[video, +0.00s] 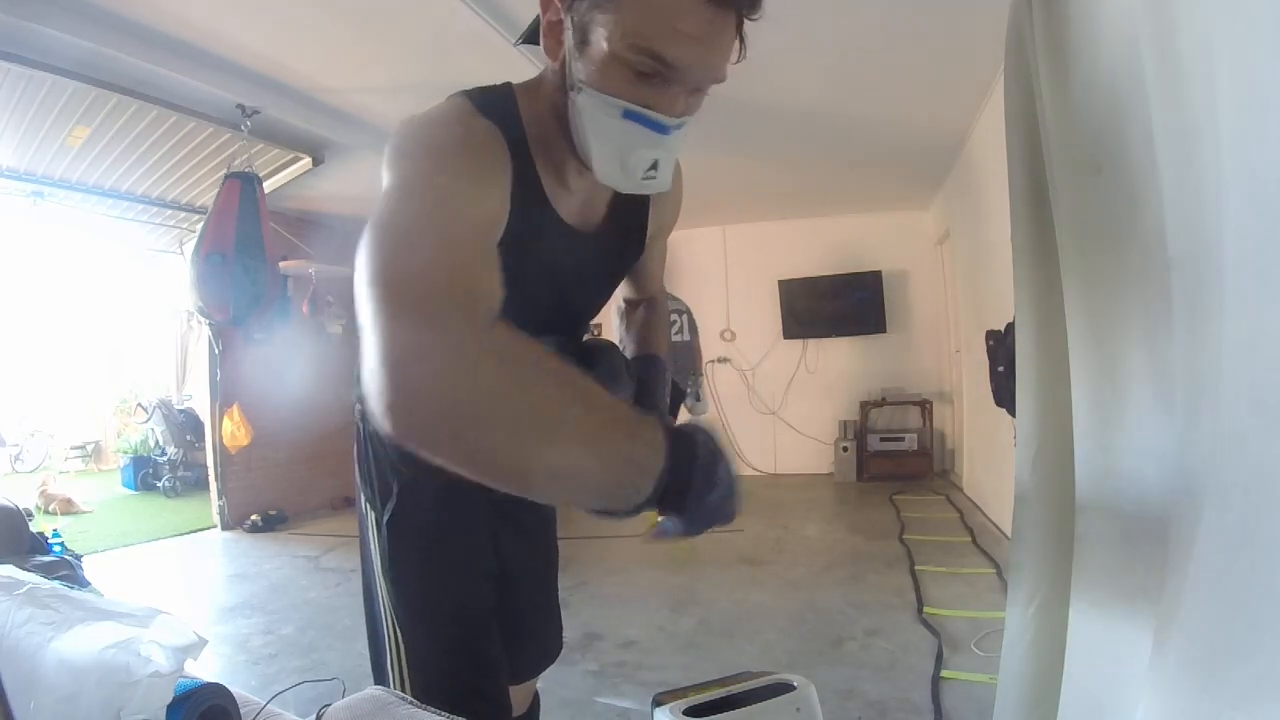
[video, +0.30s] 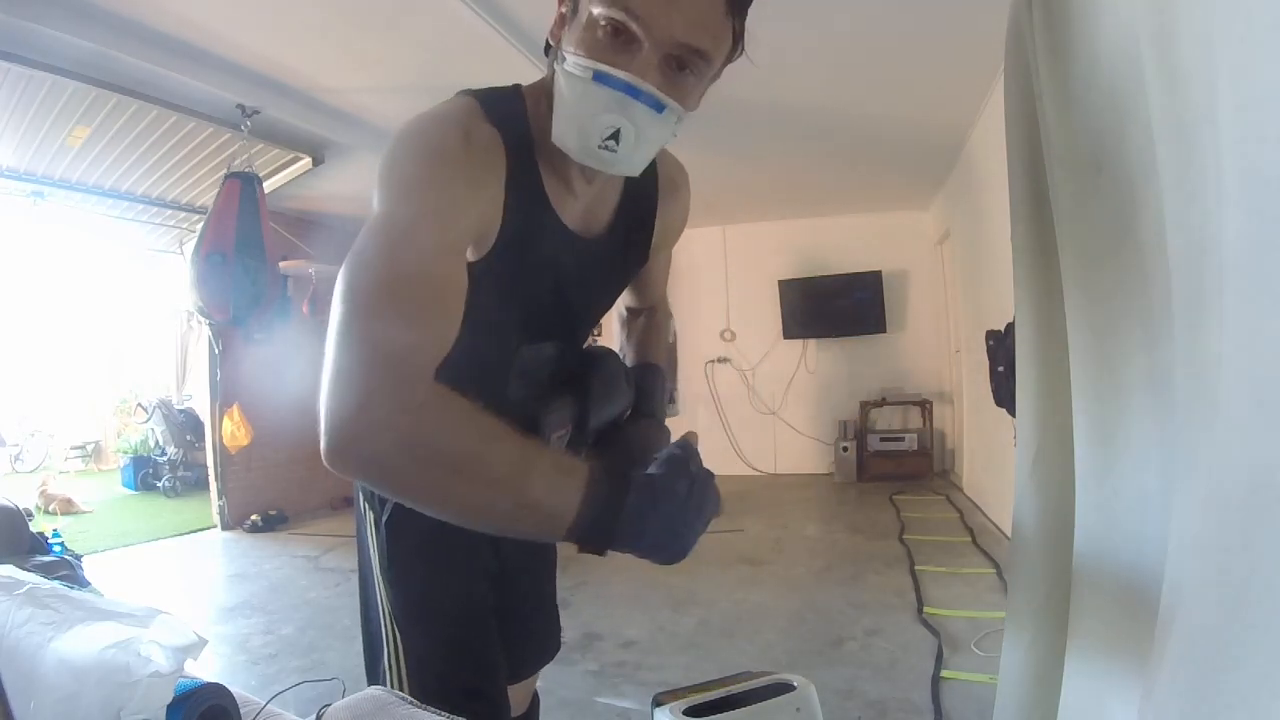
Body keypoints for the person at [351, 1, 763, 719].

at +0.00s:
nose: (672, 114)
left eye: (703, 86)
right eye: (646, 71)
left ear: (728, 65)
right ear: (557, 31)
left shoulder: (654, 181)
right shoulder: (450, 147)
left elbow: (644, 298)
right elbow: (424, 382)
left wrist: (650, 389)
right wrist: (670, 467)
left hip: (535, 428)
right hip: (429, 444)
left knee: (520, 670)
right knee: (458, 693)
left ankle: (517, 705)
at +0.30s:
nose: (637, 81)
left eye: (682, 64)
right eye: (618, 32)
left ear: (711, 83)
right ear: (561, 21)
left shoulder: (661, 190)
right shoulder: (450, 149)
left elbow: (646, 311)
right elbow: (368, 423)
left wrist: (646, 417)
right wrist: (613, 507)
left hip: (533, 464)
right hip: (424, 466)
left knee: (520, 682)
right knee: (460, 702)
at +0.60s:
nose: (633, 73)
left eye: (679, 51)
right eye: (609, 25)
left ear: (712, 71)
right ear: (555, 20)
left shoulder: (666, 189)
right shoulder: (446, 155)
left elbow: (652, 305)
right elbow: (369, 433)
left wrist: (650, 418)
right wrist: (583, 515)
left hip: (538, 479)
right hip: (427, 480)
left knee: (522, 682)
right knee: (461, 703)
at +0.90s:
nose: (638, 81)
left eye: (682, 60)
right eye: (614, 31)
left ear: (712, 77)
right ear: (560, 23)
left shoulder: (669, 191)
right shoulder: (449, 159)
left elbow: (652, 309)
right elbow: (390, 425)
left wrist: (654, 419)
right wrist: (585, 524)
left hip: (537, 474)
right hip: (429, 469)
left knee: (522, 686)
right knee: (462, 704)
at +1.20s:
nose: (643, 88)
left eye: (685, 66)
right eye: (618, 39)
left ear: (715, 79)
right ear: (564, 26)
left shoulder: (665, 190)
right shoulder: (455, 163)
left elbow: (647, 309)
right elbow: (397, 413)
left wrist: (647, 432)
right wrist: (527, 526)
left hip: (543, 469)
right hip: (434, 461)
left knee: (524, 687)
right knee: (464, 703)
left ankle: (519, 709)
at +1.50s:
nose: (634, 84)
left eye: (675, 67)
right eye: (614, 40)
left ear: (703, 83)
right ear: (563, 28)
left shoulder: (657, 192)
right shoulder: (457, 165)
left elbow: (646, 308)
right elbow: (399, 389)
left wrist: (646, 408)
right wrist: (446, 526)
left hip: (547, 455)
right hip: (435, 454)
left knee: (531, 681)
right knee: (466, 702)